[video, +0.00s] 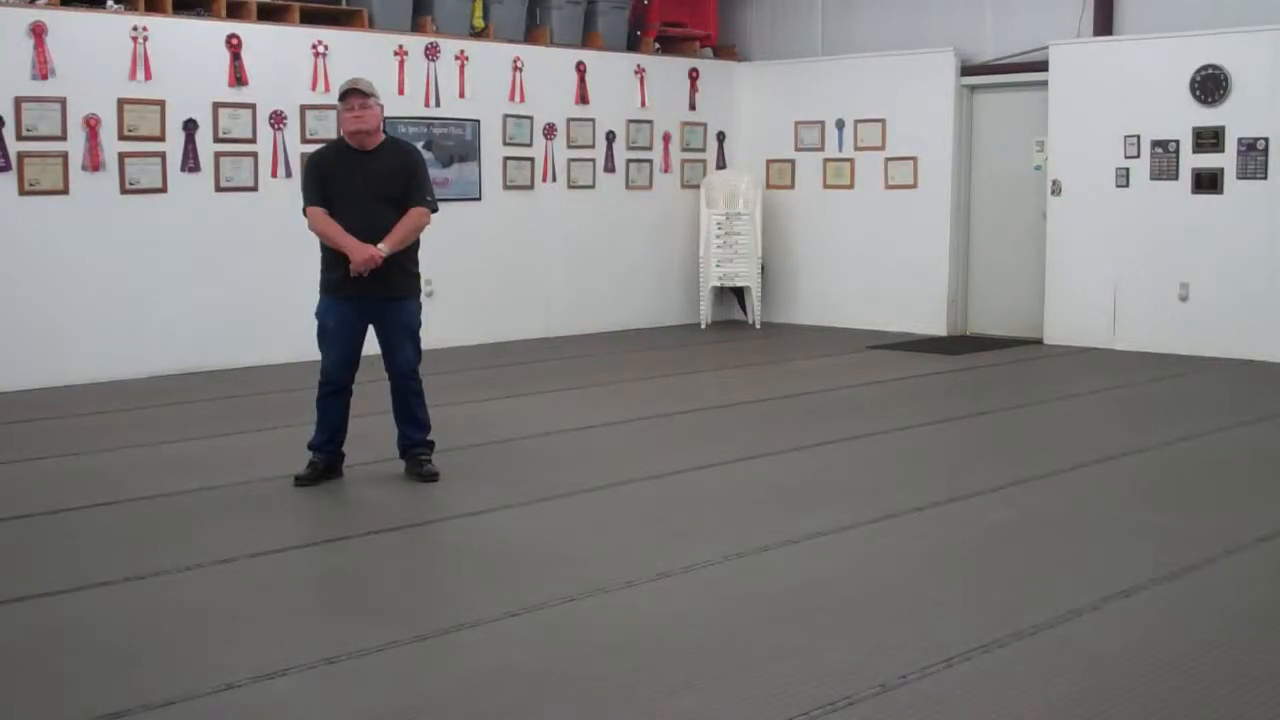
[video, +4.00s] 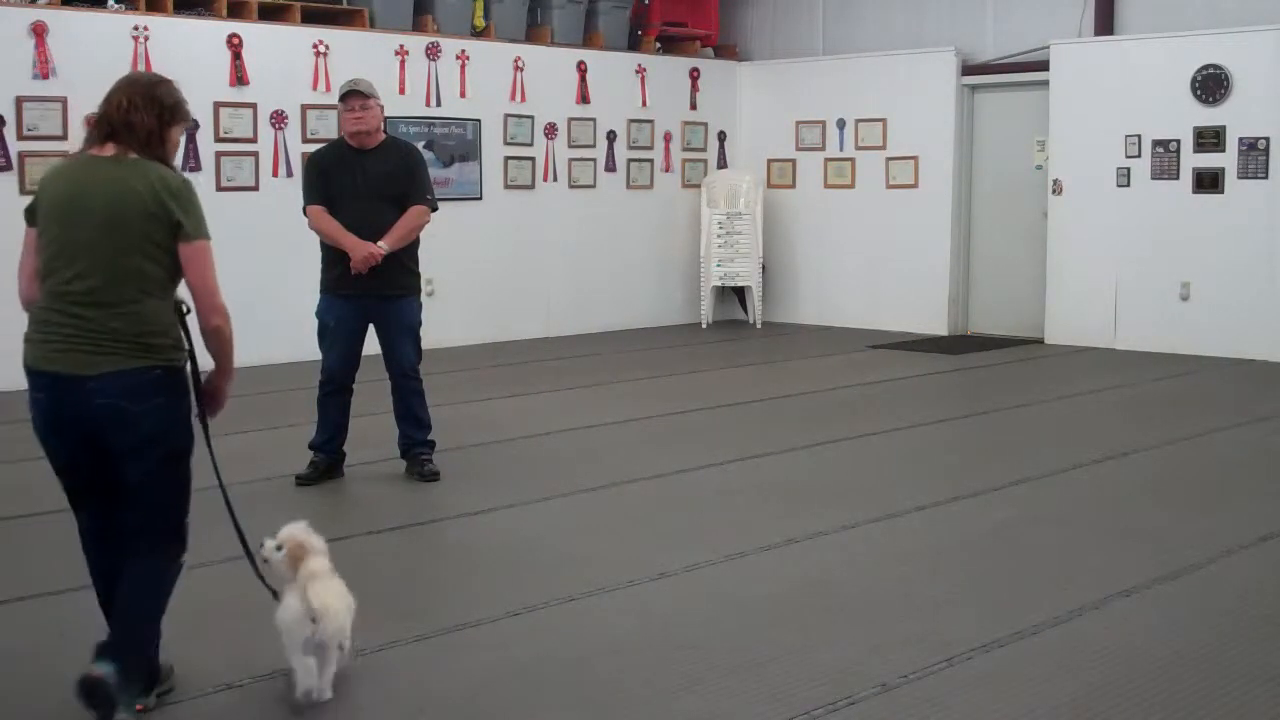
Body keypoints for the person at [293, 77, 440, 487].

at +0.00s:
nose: (357, 113)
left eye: (364, 106)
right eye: (349, 108)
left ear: (380, 112)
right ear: (339, 118)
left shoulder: (406, 156)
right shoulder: (320, 162)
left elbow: (421, 213)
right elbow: (315, 216)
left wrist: (378, 252)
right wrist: (354, 248)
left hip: (397, 288)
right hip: (342, 289)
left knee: (405, 373)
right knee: (334, 376)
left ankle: (418, 452)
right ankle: (326, 456)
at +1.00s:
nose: (359, 114)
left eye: (367, 106)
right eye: (351, 108)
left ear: (382, 111)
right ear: (340, 117)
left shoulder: (407, 155)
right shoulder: (321, 161)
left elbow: (422, 212)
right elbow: (316, 216)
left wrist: (380, 250)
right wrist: (355, 248)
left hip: (398, 287)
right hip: (343, 288)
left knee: (407, 373)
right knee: (335, 376)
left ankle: (419, 452)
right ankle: (326, 455)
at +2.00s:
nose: (360, 114)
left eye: (367, 106)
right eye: (352, 108)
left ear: (383, 112)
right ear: (341, 117)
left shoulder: (407, 155)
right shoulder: (323, 160)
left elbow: (422, 213)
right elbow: (317, 215)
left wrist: (380, 250)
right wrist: (356, 247)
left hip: (398, 287)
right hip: (342, 288)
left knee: (407, 373)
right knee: (335, 376)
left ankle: (419, 452)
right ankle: (327, 455)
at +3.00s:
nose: (359, 114)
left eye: (366, 107)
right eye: (351, 109)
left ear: (382, 111)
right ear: (341, 117)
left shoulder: (407, 155)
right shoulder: (323, 161)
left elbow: (422, 213)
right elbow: (317, 215)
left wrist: (379, 250)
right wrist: (355, 246)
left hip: (398, 287)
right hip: (342, 288)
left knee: (406, 373)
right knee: (335, 375)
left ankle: (419, 452)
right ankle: (327, 455)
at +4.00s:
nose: (357, 114)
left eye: (365, 107)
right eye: (350, 109)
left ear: (380, 111)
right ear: (339, 117)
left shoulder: (406, 155)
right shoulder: (321, 161)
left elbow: (421, 211)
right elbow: (315, 214)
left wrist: (378, 249)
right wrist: (354, 246)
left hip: (397, 287)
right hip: (342, 288)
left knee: (406, 373)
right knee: (335, 375)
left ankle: (419, 452)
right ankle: (327, 455)